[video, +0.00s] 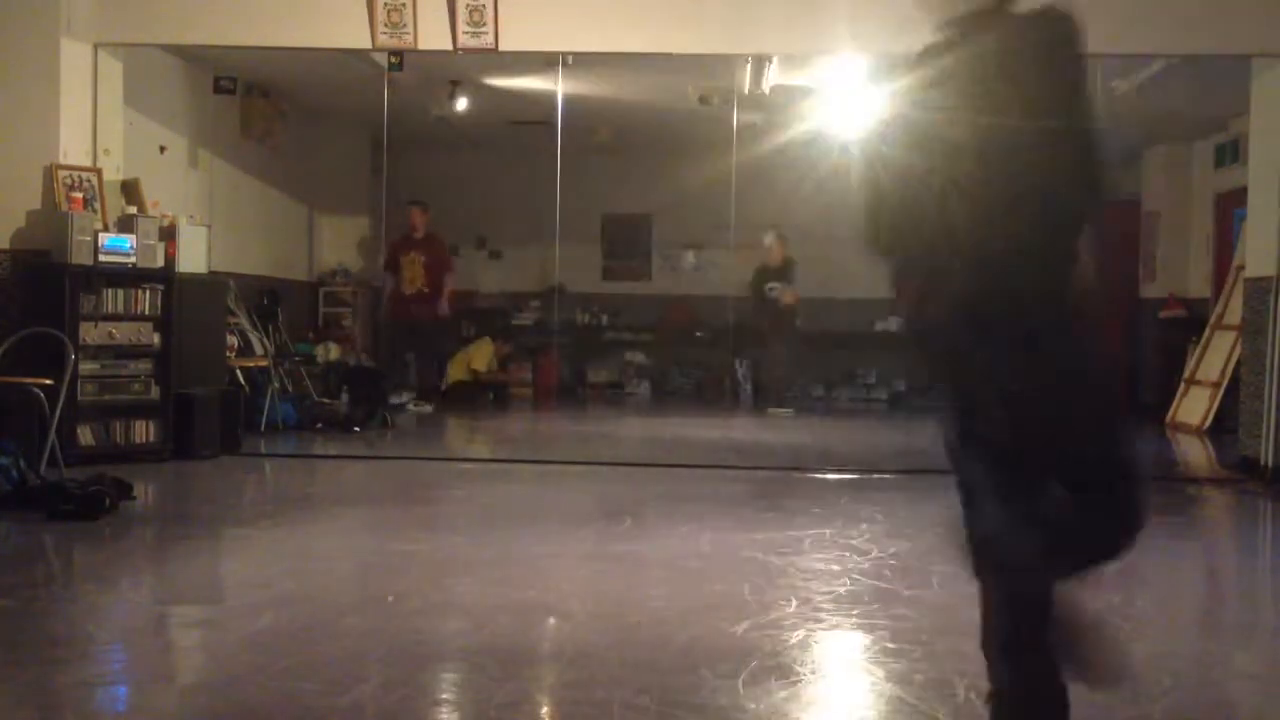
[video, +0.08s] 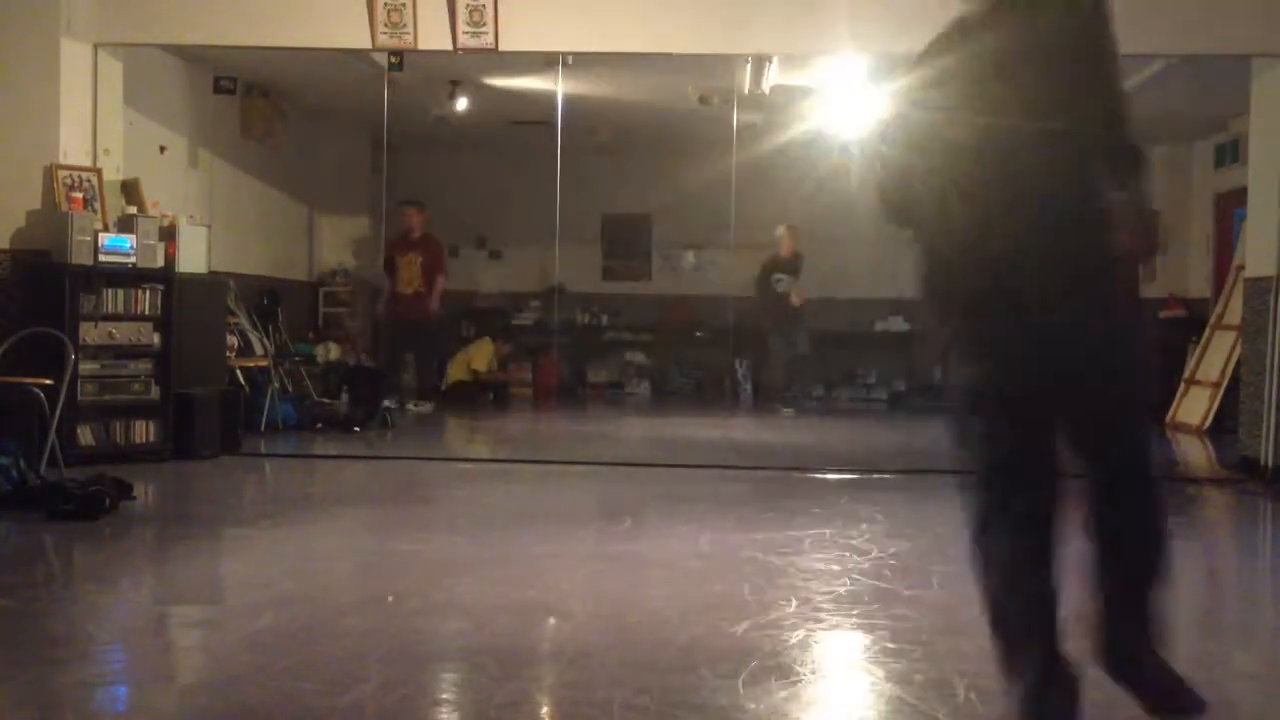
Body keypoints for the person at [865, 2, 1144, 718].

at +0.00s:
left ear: (952, 17)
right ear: (1017, 7)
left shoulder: (919, 83)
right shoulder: (1046, 42)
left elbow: (886, 225)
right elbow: (1078, 190)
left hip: (952, 321)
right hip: (1042, 316)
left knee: (1000, 511)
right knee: (1113, 510)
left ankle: (1027, 698)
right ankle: (1020, 562)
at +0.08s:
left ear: (981, 9)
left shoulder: (937, 64)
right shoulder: (1079, 23)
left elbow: (899, 192)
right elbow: (1116, 152)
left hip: (988, 320)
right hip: (1091, 314)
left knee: (1012, 494)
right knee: (1127, 481)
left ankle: (1039, 680)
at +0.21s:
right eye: (1098, 20)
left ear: (1028, 10)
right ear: (1092, 7)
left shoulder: (970, 69)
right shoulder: (1112, 50)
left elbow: (895, 170)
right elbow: (1151, 163)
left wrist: (928, 285)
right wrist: (1204, 205)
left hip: (1001, 302)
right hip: (1101, 299)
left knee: (1047, 435)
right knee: (1148, 488)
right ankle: (1163, 668)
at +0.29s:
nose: (1103, 21)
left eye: (1094, 13)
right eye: (1106, 13)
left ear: (1037, 15)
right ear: (1105, 16)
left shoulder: (971, 88)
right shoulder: (1123, 82)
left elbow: (882, 175)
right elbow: (1175, 202)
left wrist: (875, 293)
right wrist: (1197, 186)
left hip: (1003, 316)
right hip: (1109, 314)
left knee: (1070, 504)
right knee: (1164, 496)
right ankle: (1156, 674)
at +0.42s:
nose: (1018, 15)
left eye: (1009, 7)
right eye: (1049, 9)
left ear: (1003, 10)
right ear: (1072, 8)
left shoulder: (962, 79)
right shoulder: (1122, 64)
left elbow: (892, 155)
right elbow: (1181, 156)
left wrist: (911, 252)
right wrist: (1182, 253)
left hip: (1010, 299)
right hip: (1108, 296)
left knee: (1030, 459)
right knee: (1134, 453)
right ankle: (1163, 636)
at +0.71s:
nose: (987, 28)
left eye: (980, 18)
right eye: (1018, 21)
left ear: (973, 20)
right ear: (1036, 21)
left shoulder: (938, 84)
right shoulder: (1079, 78)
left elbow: (883, 179)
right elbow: (1134, 144)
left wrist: (887, 278)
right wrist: (1133, 233)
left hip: (967, 270)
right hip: (1052, 267)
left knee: (976, 413)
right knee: (1038, 415)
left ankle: (1036, 514)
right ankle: (1044, 581)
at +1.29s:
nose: (868, 55)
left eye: (869, 46)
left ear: (874, 50)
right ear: (926, 47)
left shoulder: (855, 117)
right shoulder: (964, 106)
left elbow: (827, 188)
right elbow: (1002, 190)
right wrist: (948, 159)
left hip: (882, 284)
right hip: (948, 280)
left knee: (903, 412)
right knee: (930, 405)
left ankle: (950, 555)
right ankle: (908, 526)